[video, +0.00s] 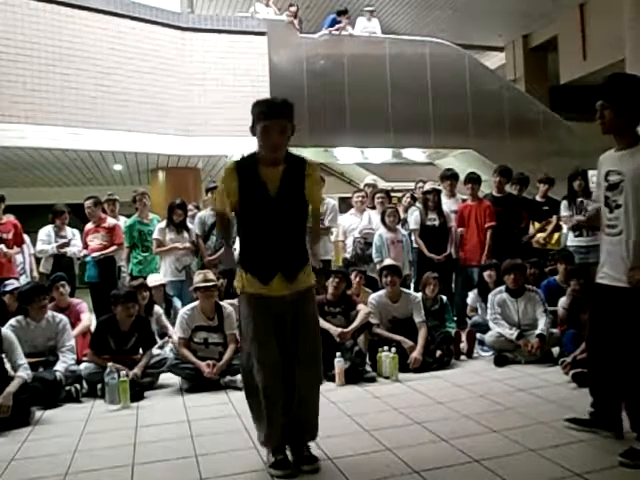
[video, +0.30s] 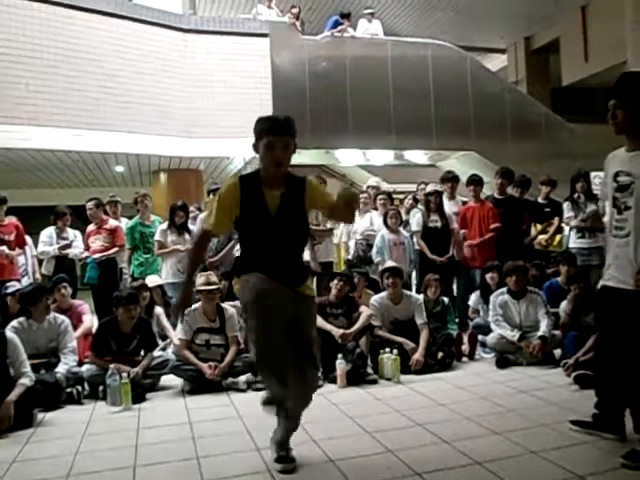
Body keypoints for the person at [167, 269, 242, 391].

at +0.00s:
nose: (208, 293)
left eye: (211, 289)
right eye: (203, 290)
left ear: (217, 291)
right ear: (196, 293)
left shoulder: (227, 311)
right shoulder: (186, 313)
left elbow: (232, 343)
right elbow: (181, 346)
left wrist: (220, 365)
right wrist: (201, 365)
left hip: (221, 357)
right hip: (196, 358)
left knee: (245, 360)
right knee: (173, 364)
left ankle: (197, 383)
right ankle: (221, 382)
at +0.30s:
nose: (210, 296)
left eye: (214, 292)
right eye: (206, 293)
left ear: (219, 293)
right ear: (198, 295)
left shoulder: (229, 313)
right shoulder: (190, 314)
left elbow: (234, 344)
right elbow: (180, 348)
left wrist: (223, 366)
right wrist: (202, 366)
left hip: (223, 359)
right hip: (199, 360)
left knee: (249, 361)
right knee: (174, 366)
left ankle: (200, 385)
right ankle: (224, 383)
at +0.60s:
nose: (212, 297)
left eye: (215, 293)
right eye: (208, 294)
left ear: (221, 293)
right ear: (201, 296)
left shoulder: (230, 313)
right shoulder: (191, 315)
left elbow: (236, 347)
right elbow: (183, 349)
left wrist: (225, 368)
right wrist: (204, 367)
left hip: (225, 360)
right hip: (200, 360)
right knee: (177, 367)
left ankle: (201, 386)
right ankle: (223, 383)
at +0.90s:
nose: (212, 297)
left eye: (215, 293)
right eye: (207, 294)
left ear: (221, 294)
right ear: (200, 296)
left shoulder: (229, 313)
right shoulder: (191, 315)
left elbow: (236, 345)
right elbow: (182, 349)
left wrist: (225, 367)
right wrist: (204, 367)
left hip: (225, 359)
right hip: (200, 359)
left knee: (246, 369)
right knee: (177, 366)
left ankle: (201, 386)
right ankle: (223, 384)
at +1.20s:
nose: (211, 299)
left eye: (214, 295)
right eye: (207, 296)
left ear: (222, 295)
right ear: (201, 297)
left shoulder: (231, 314)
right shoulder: (191, 316)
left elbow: (236, 345)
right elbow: (184, 349)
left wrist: (225, 368)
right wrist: (204, 367)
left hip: (224, 359)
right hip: (200, 360)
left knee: (250, 361)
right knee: (176, 366)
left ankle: (203, 385)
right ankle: (226, 384)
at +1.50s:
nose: (211, 296)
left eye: (214, 292)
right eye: (206, 293)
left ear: (220, 293)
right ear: (200, 295)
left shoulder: (230, 314)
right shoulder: (191, 316)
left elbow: (237, 344)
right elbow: (184, 349)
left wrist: (225, 367)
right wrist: (204, 367)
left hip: (225, 361)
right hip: (200, 362)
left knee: (248, 368)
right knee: (177, 367)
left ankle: (202, 386)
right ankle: (225, 384)